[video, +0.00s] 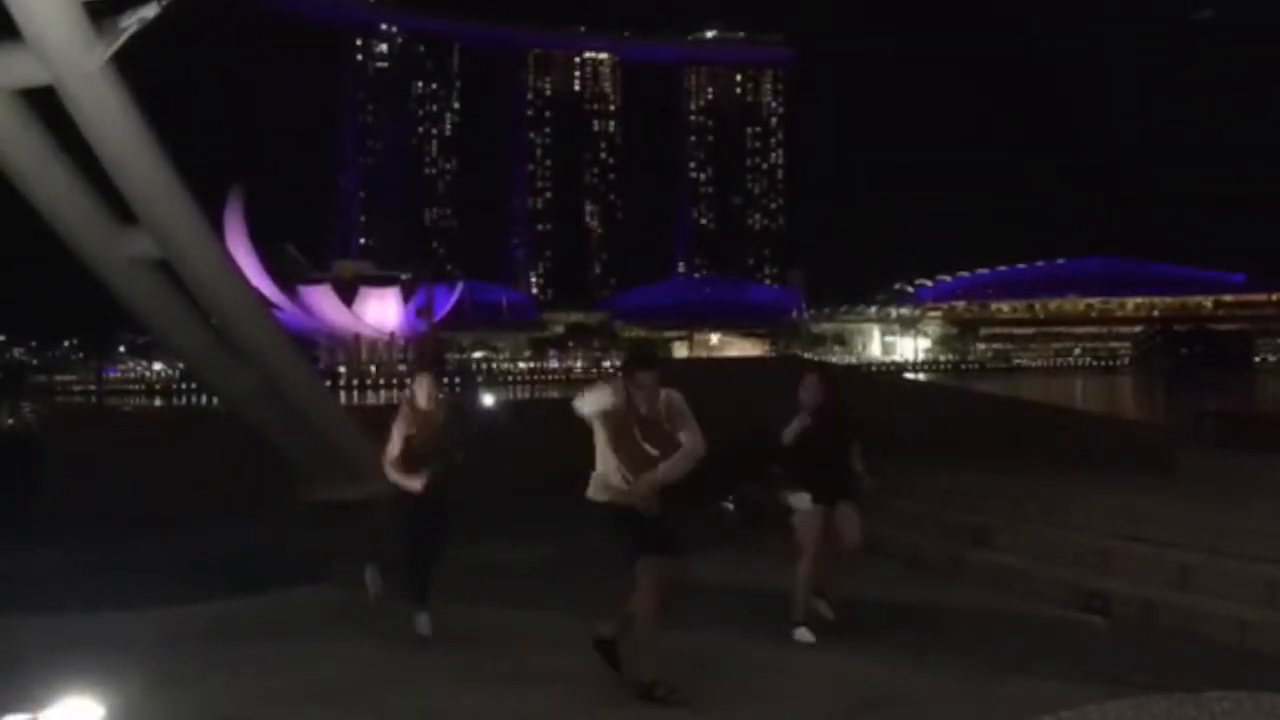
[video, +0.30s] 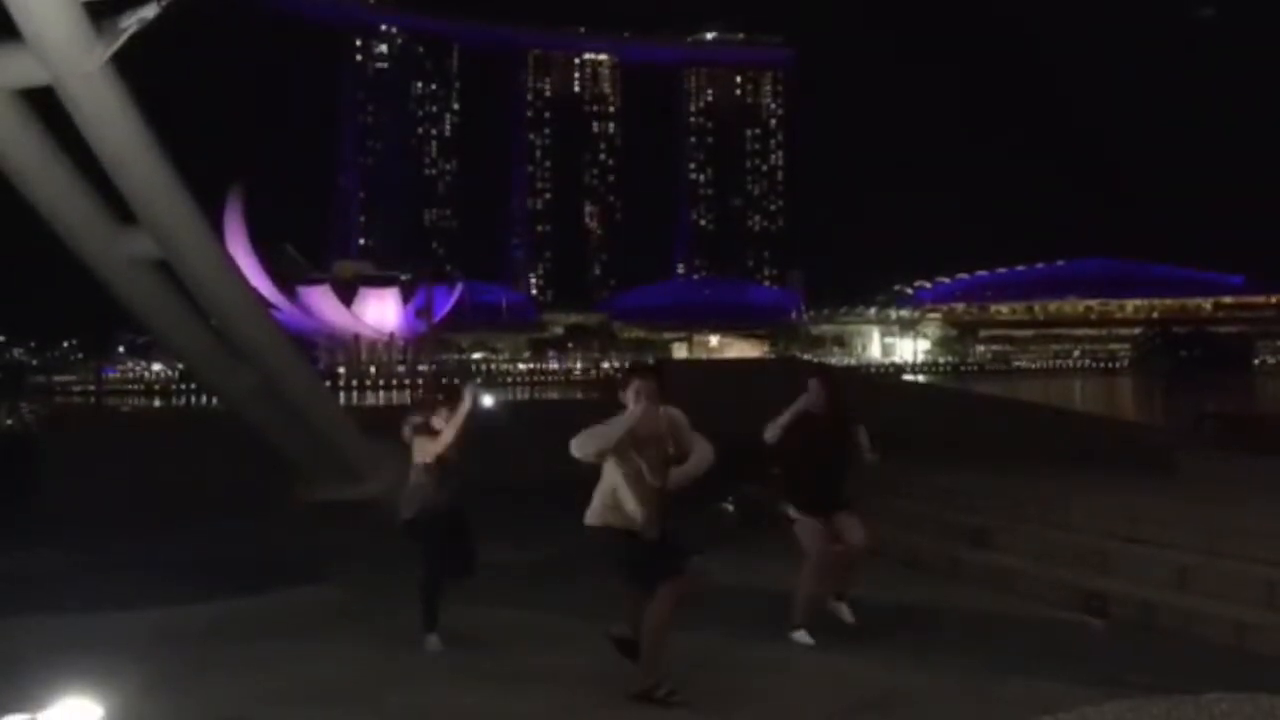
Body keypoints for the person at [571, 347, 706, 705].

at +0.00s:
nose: (646, 393)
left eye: (652, 385)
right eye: (638, 386)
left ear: (660, 382)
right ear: (625, 383)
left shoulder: (671, 402)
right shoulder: (610, 403)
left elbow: (694, 446)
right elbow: (585, 405)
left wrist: (655, 478)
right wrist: (611, 395)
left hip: (652, 501)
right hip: (612, 502)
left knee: (668, 573)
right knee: (647, 576)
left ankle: (615, 634)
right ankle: (645, 676)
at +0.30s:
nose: (643, 402)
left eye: (650, 395)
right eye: (637, 395)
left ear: (659, 396)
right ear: (624, 396)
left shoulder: (671, 420)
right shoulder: (616, 426)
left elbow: (704, 452)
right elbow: (579, 448)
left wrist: (678, 475)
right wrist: (629, 421)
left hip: (653, 522)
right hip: (616, 523)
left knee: (645, 590)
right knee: (667, 583)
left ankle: (633, 637)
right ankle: (650, 682)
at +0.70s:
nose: (610, 420)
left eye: (617, 412)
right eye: (606, 412)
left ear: (633, 412)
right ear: (600, 412)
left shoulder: (654, 441)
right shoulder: (588, 434)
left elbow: (703, 464)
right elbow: (547, 473)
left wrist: (690, 496)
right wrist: (591, 468)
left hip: (629, 526)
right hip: (586, 523)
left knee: (608, 584)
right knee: (557, 569)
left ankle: (603, 664)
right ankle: (530, 657)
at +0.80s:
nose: (601, 403)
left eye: (607, 395)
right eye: (596, 395)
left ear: (626, 395)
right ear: (592, 396)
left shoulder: (649, 422)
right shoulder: (585, 418)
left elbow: (700, 443)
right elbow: (547, 460)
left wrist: (677, 474)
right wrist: (590, 452)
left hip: (632, 513)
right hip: (589, 513)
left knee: (605, 571)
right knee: (561, 567)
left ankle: (609, 656)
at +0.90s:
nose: (598, 398)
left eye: (604, 389)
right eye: (592, 391)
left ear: (620, 389)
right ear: (586, 393)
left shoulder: (645, 416)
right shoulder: (579, 420)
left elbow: (693, 445)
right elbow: (556, 473)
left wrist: (656, 469)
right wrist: (592, 463)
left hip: (633, 503)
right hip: (593, 509)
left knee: (614, 564)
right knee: (589, 579)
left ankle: (595, 648)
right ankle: (620, 640)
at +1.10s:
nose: (579, 415)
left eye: (586, 408)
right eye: (577, 408)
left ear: (607, 409)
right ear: (575, 409)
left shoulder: (636, 436)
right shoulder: (573, 443)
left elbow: (683, 465)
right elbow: (556, 498)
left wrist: (641, 486)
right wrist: (588, 491)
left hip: (638, 508)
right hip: (602, 516)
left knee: (623, 538)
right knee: (607, 575)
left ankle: (617, 634)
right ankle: (628, 637)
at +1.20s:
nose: (591, 403)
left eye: (598, 396)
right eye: (587, 397)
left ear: (612, 398)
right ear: (580, 400)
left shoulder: (638, 427)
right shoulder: (575, 433)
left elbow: (682, 456)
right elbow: (549, 483)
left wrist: (665, 492)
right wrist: (580, 477)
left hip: (638, 509)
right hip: (604, 515)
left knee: (631, 559)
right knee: (608, 581)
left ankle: (642, 643)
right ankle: (624, 643)